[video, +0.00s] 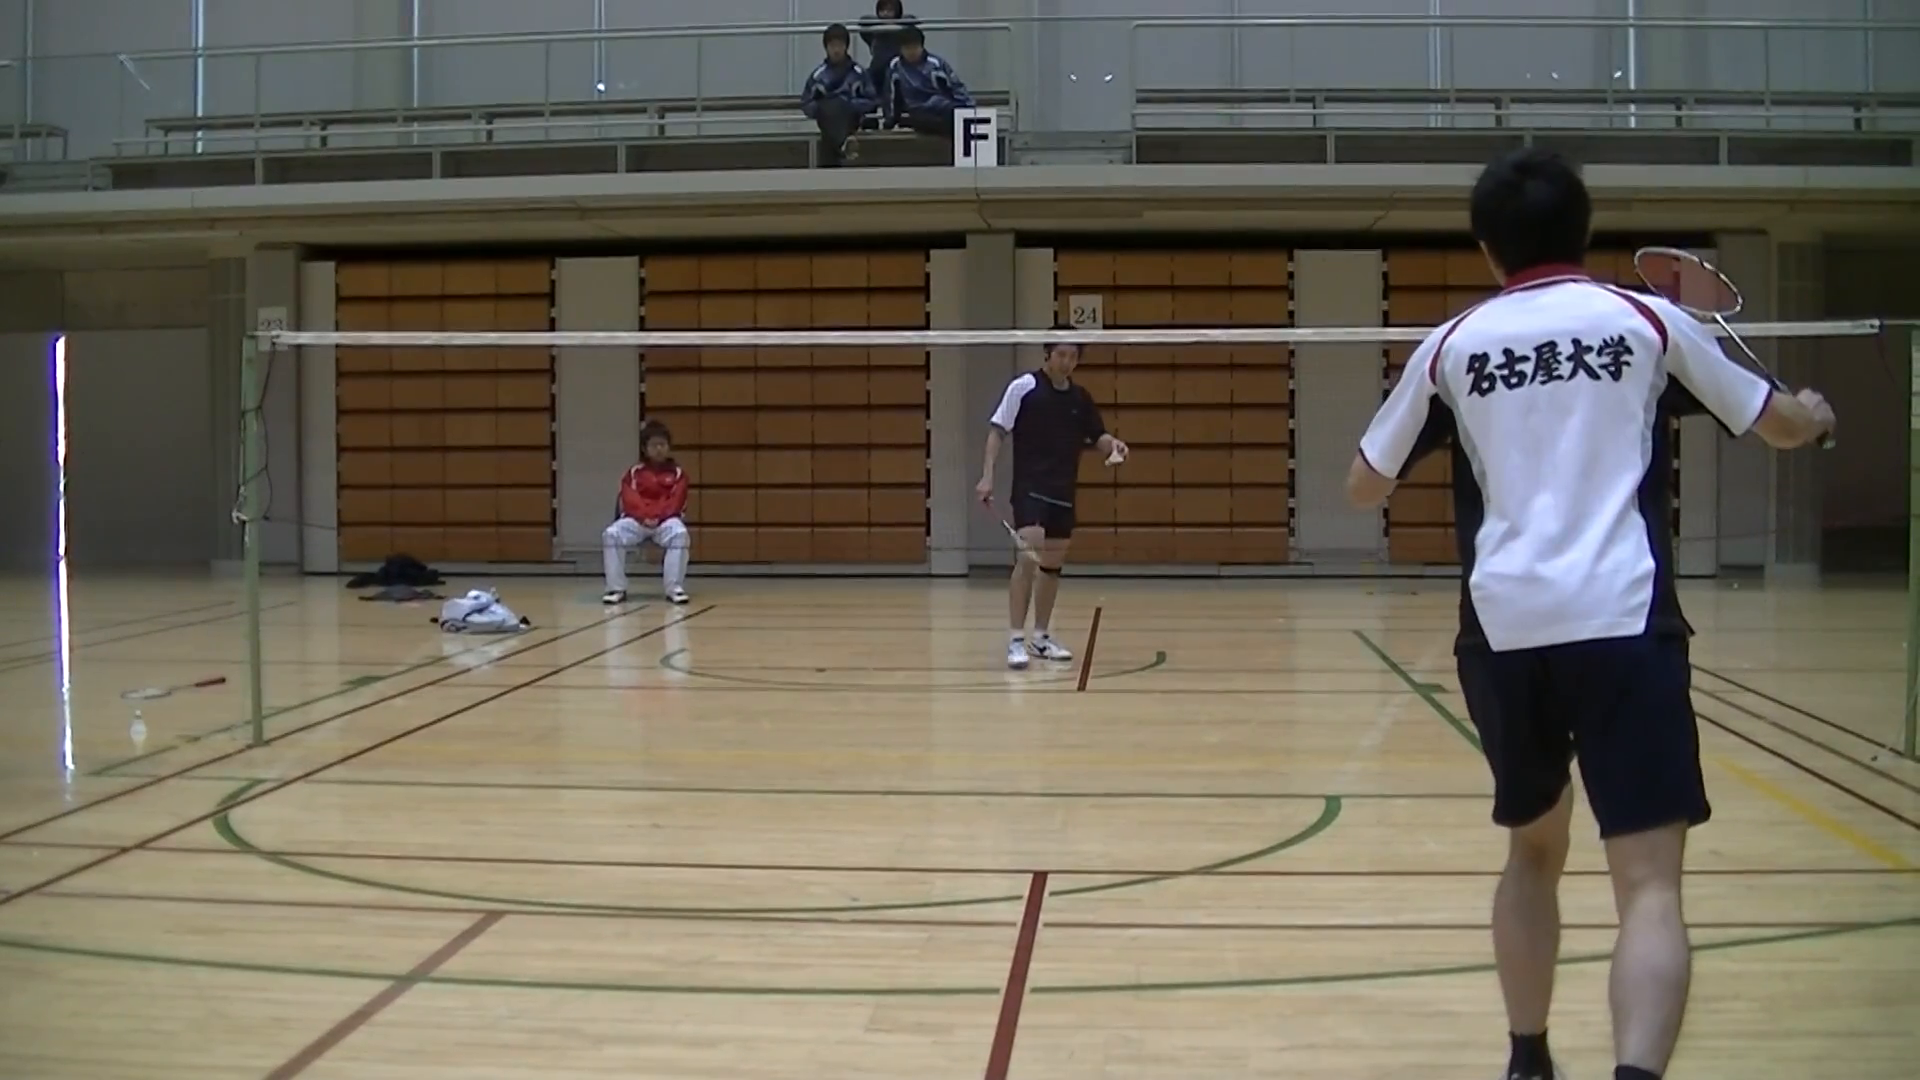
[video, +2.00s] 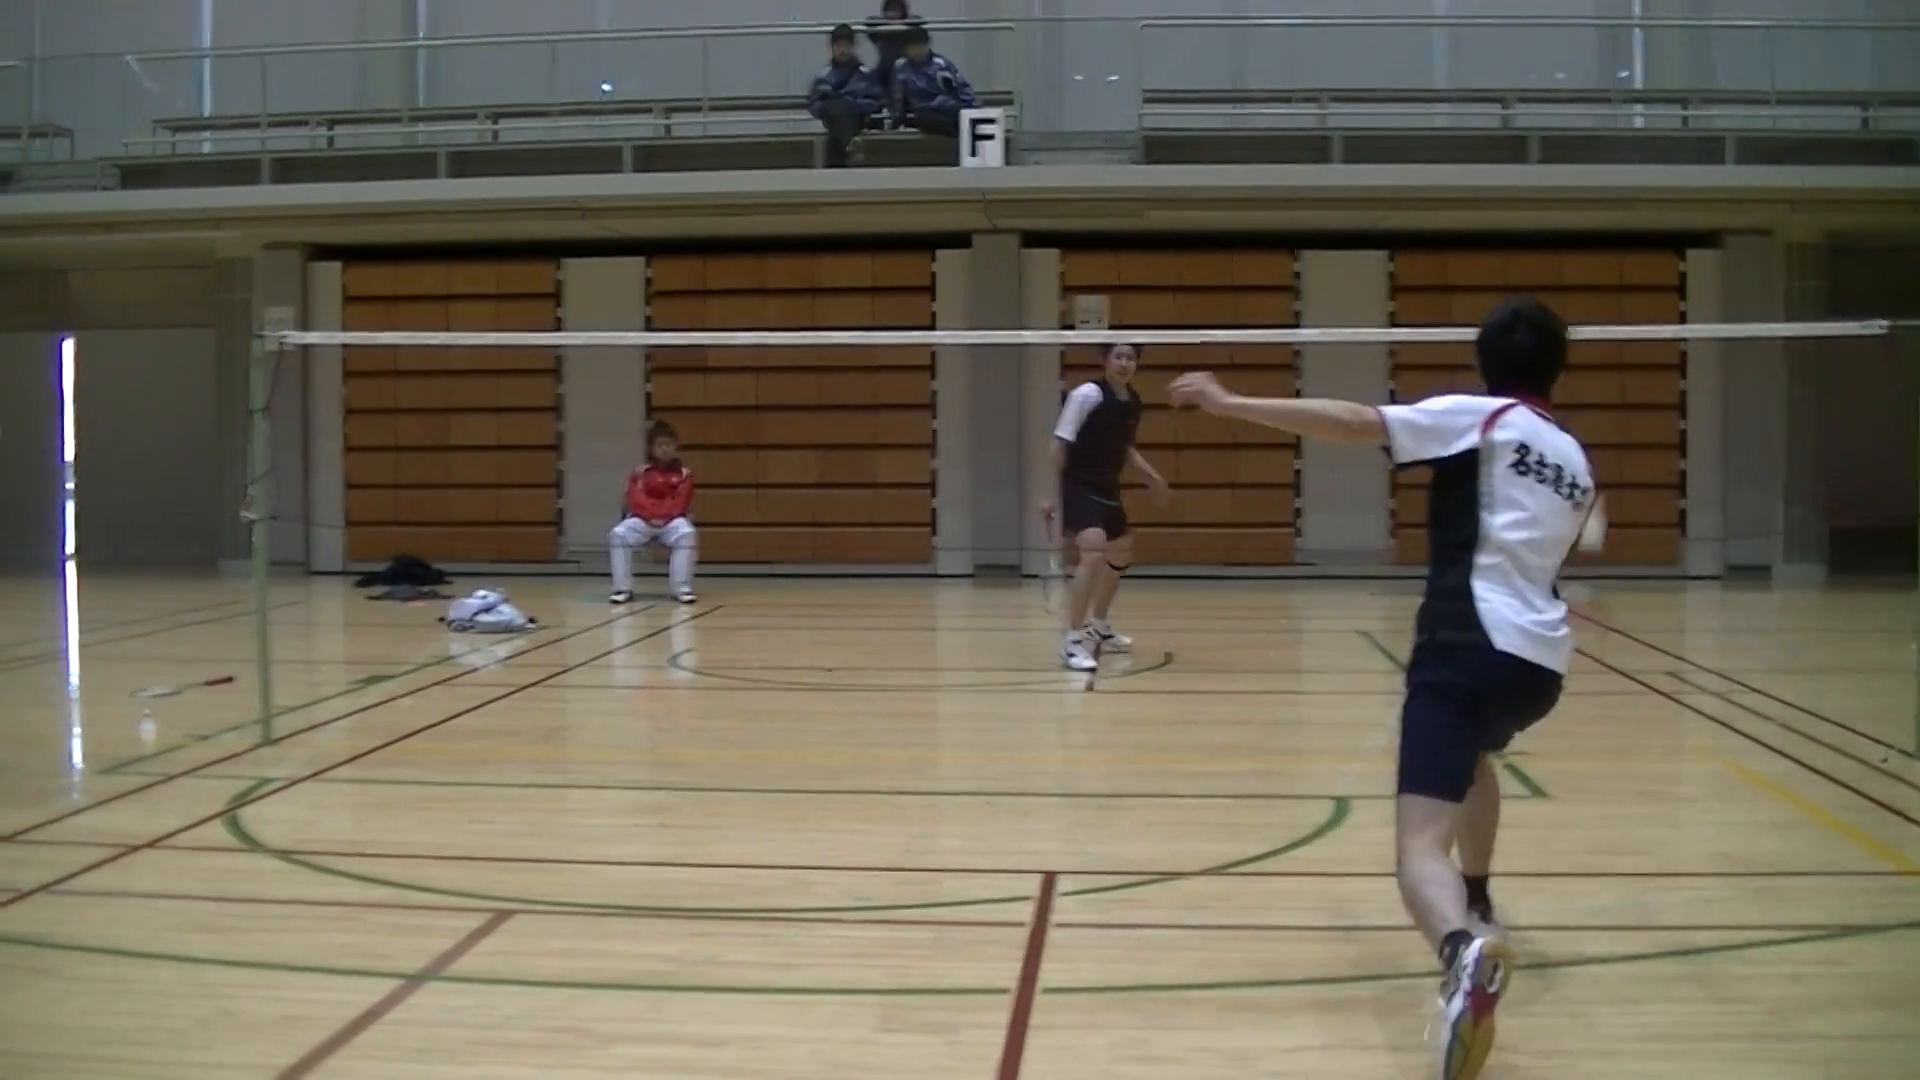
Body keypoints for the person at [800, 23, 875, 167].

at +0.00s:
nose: (836, 50)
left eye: (840, 45)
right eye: (832, 45)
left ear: (846, 47)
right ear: (826, 47)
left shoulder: (859, 72)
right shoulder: (818, 74)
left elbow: (871, 102)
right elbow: (807, 106)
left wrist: (846, 104)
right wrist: (823, 105)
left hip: (852, 119)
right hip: (826, 119)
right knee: (830, 105)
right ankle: (843, 143)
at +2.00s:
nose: (842, 50)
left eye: (846, 45)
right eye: (838, 46)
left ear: (852, 47)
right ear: (832, 48)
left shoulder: (866, 74)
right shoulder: (823, 76)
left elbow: (876, 103)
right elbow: (814, 105)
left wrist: (846, 103)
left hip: (860, 120)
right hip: (831, 120)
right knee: (835, 105)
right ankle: (851, 142)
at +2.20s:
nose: (877, 51)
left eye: (881, 46)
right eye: (873, 46)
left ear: (888, 47)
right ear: (867, 48)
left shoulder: (902, 74)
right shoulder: (859, 76)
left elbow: (914, 103)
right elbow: (851, 104)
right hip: (870, 125)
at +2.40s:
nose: (867, 49)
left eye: (871, 44)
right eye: (864, 44)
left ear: (878, 45)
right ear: (857, 46)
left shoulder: (890, 72)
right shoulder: (849, 73)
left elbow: (902, 101)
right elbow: (838, 102)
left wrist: (878, 104)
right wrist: (854, 109)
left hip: (884, 121)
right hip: (858, 122)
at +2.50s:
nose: (851, 50)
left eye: (855, 45)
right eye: (847, 45)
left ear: (861, 47)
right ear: (840, 47)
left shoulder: (875, 76)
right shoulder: (830, 77)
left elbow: (886, 102)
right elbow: (822, 104)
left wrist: (862, 105)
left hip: (869, 119)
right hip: (840, 119)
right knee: (850, 106)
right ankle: (861, 144)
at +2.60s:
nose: (838, 50)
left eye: (842, 44)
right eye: (833, 44)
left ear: (848, 46)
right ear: (827, 47)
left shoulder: (861, 74)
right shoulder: (818, 75)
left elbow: (872, 101)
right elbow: (808, 103)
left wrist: (848, 106)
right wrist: (828, 110)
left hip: (855, 126)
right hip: (828, 127)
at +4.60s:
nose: (833, 52)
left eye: (837, 47)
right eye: (829, 48)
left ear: (843, 49)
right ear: (822, 50)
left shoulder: (855, 74)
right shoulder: (813, 76)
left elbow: (867, 103)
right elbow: (803, 107)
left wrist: (843, 108)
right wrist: (823, 109)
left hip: (848, 122)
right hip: (821, 123)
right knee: (830, 106)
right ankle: (840, 145)